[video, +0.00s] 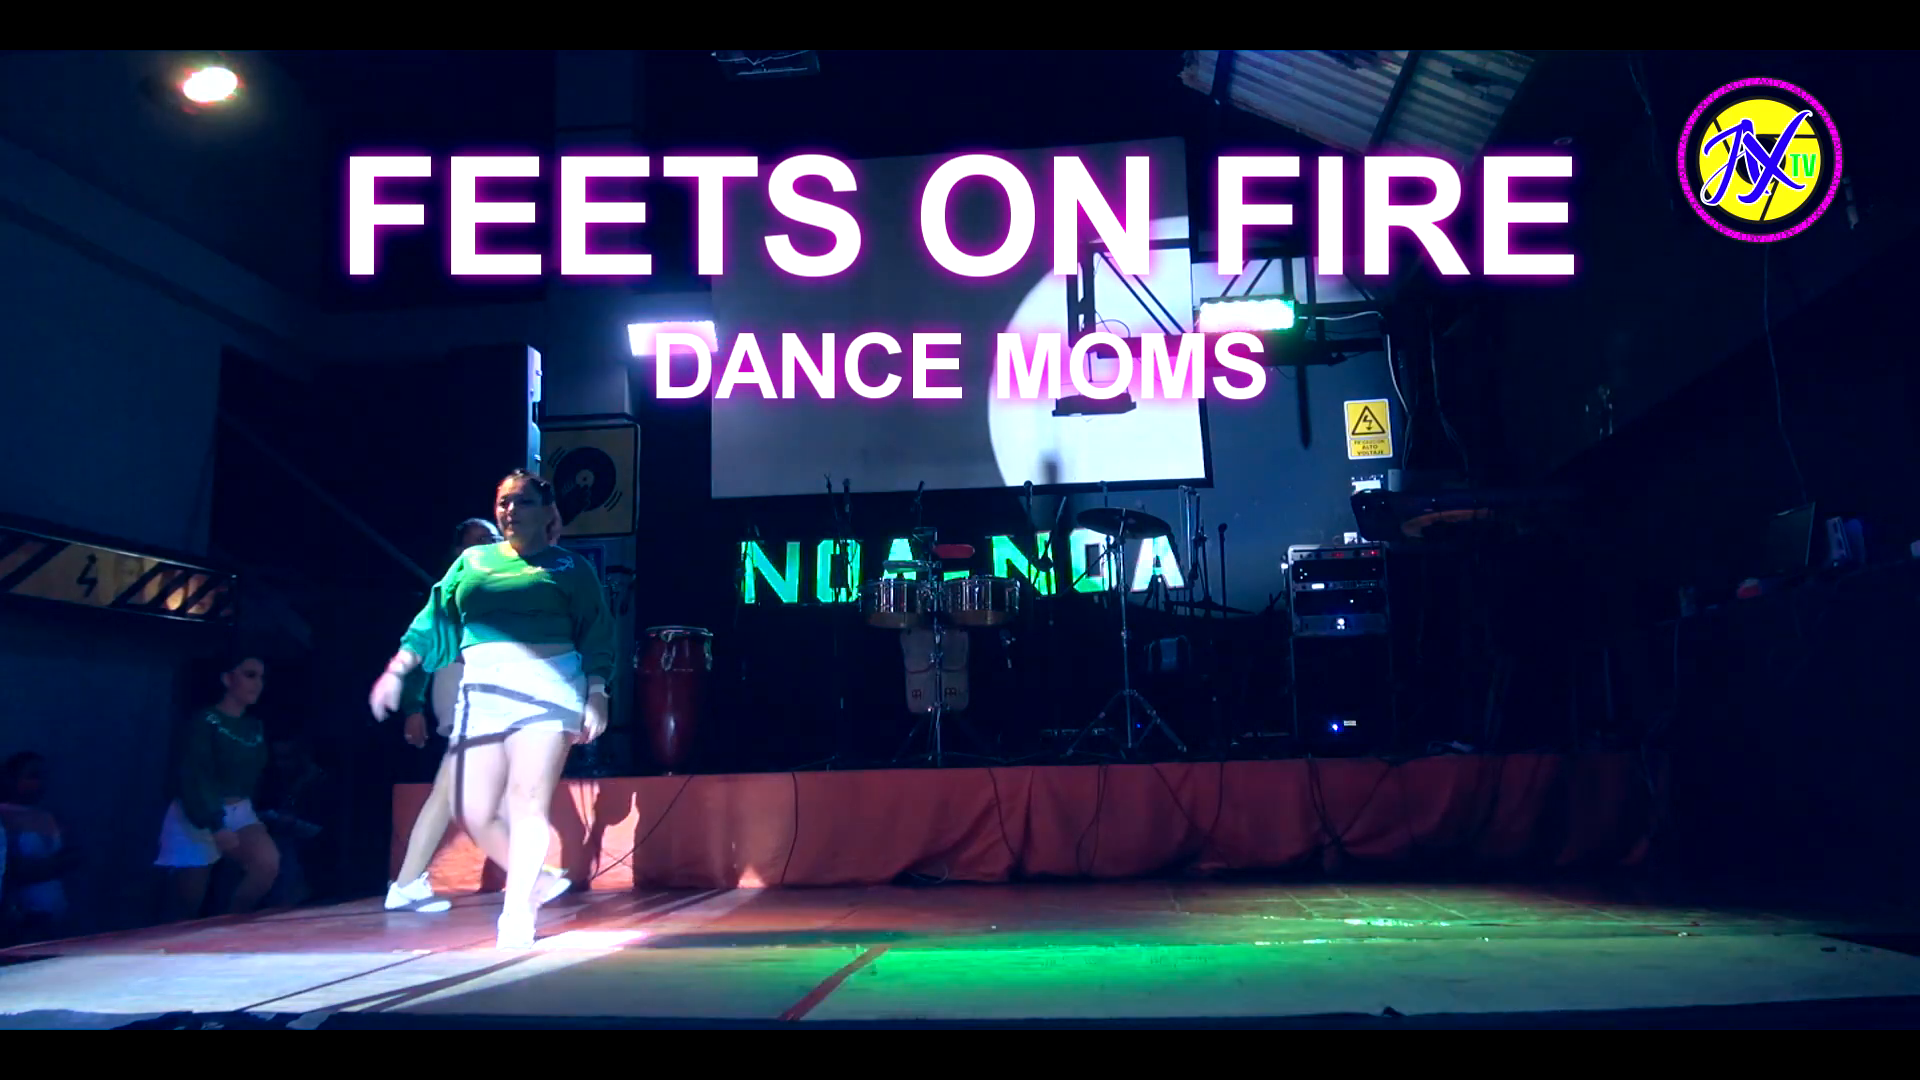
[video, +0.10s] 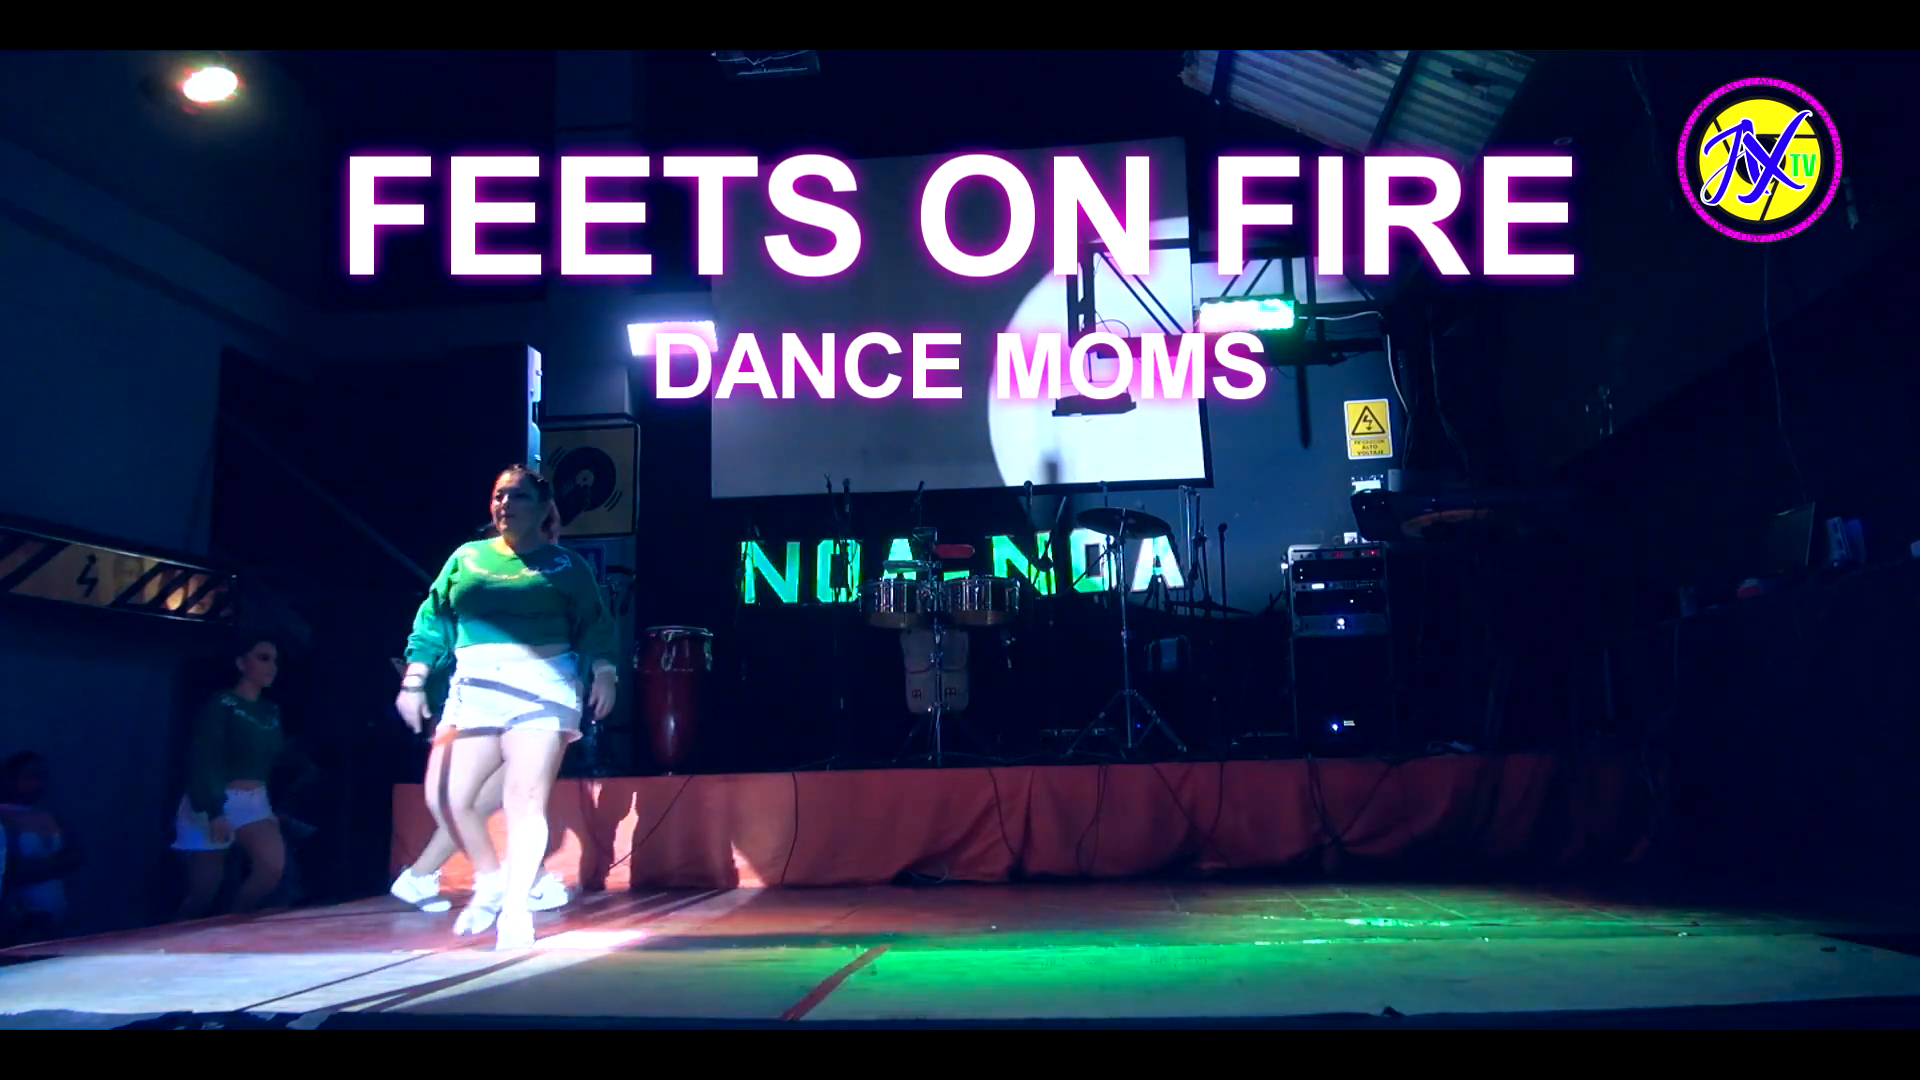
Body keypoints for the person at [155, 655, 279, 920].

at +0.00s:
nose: (257, 684)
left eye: (260, 677)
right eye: (250, 675)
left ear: (263, 683)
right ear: (228, 679)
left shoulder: (254, 729)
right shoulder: (204, 724)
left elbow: (254, 781)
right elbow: (191, 779)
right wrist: (216, 826)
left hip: (239, 810)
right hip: (198, 811)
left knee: (266, 862)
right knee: (189, 897)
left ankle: (232, 926)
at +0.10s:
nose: (271, 667)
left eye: (274, 660)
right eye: (263, 658)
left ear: (278, 667)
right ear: (242, 663)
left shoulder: (270, 713)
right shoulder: (219, 707)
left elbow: (274, 765)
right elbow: (203, 761)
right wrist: (215, 813)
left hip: (254, 800)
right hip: (213, 799)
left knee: (271, 867)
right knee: (205, 885)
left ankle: (232, 926)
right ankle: (179, 941)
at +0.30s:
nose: (291, 642)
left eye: (294, 637)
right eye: (283, 634)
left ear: (296, 646)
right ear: (261, 639)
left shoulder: (292, 693)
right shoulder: (235, 684)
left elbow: (298, 747)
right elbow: (210, 734)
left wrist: (299, 797)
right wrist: (201, 785)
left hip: (276, 777)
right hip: (238, 773)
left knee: (278, 855)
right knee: (276, 839)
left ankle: (241, 921)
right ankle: (213, 889)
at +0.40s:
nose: (301, 633)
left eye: (304, 627)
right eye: (292, 626)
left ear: (306, 636)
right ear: (270, 631)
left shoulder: (303, 685)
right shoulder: (242, 675)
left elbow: (318, 739)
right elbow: (211, 724)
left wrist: (334, 782)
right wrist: (193, 773)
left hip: (280, 771)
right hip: (238, 768)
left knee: (276, 849)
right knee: (304, 805)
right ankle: (251, 873)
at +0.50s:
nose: (310, 626)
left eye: (313, 620)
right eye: (302, 619)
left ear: (315, 627)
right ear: (280, 623)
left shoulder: (313, 677)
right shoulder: (252, 669)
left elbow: (333, 726)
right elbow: (218, 716)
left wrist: (360, 764)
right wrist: (194, 763)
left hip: (288, 762)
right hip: (248, 759)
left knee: (271, 854)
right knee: (314, 800)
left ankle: (239, 924)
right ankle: (284, 881)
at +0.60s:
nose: (321, 622)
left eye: (324, 616)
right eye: (312, 614)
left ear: (326, 625)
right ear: (290, 620)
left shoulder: (322, 672)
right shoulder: (264, 663)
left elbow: (344, 720)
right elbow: (227, 709)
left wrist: (377, 753)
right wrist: (201, 755)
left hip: (297, 761)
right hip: (258, 756)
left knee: (270, 852)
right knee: (320, 805)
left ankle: (241, 926)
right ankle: (293, 886)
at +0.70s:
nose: (333, 611)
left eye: (335, 605)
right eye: (323, 604)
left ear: (338, 614)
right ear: (302, 611)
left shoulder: (339, 666)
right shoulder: (279, 655)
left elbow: (359, 715)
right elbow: (243, 701)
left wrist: (383, 752)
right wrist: (220, 750)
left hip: (310, 751)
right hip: (272, 744)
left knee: (275, 839)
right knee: (323, 808)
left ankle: (246, 915)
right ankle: (293, 887)